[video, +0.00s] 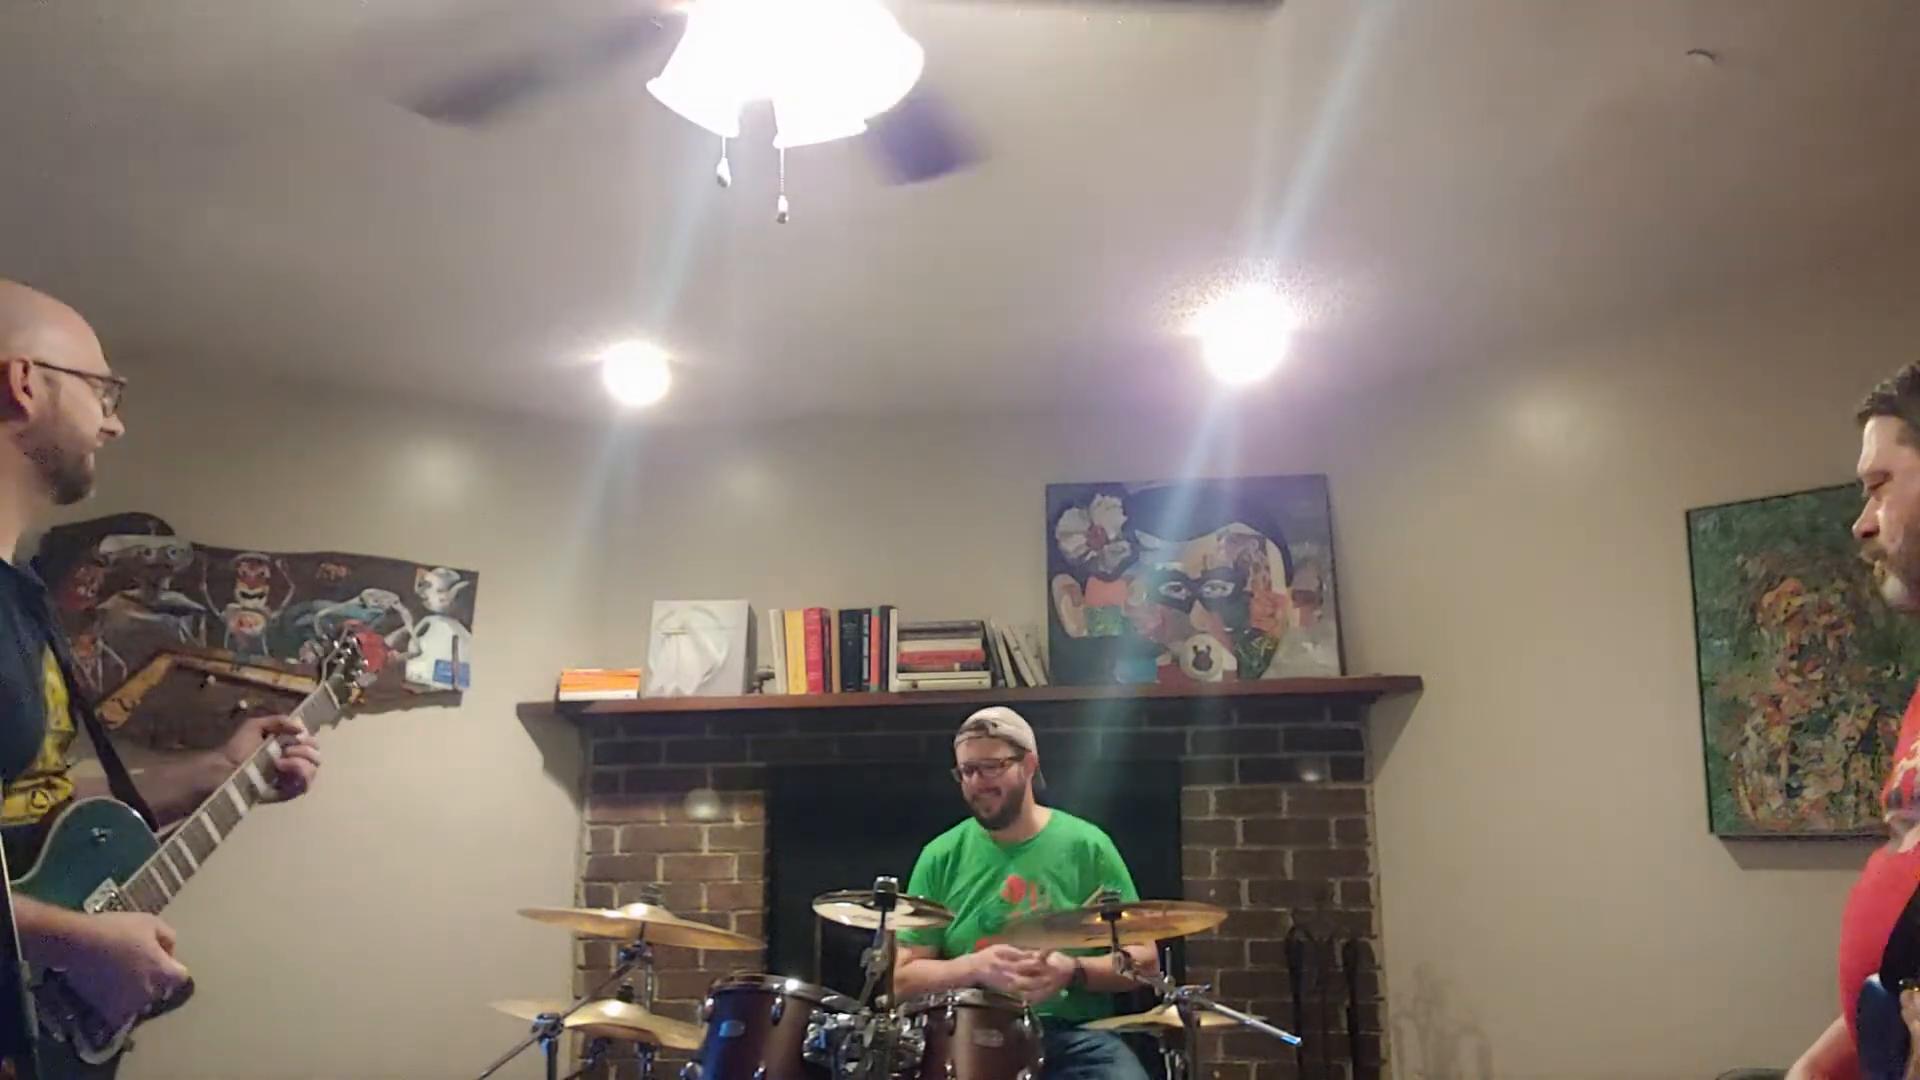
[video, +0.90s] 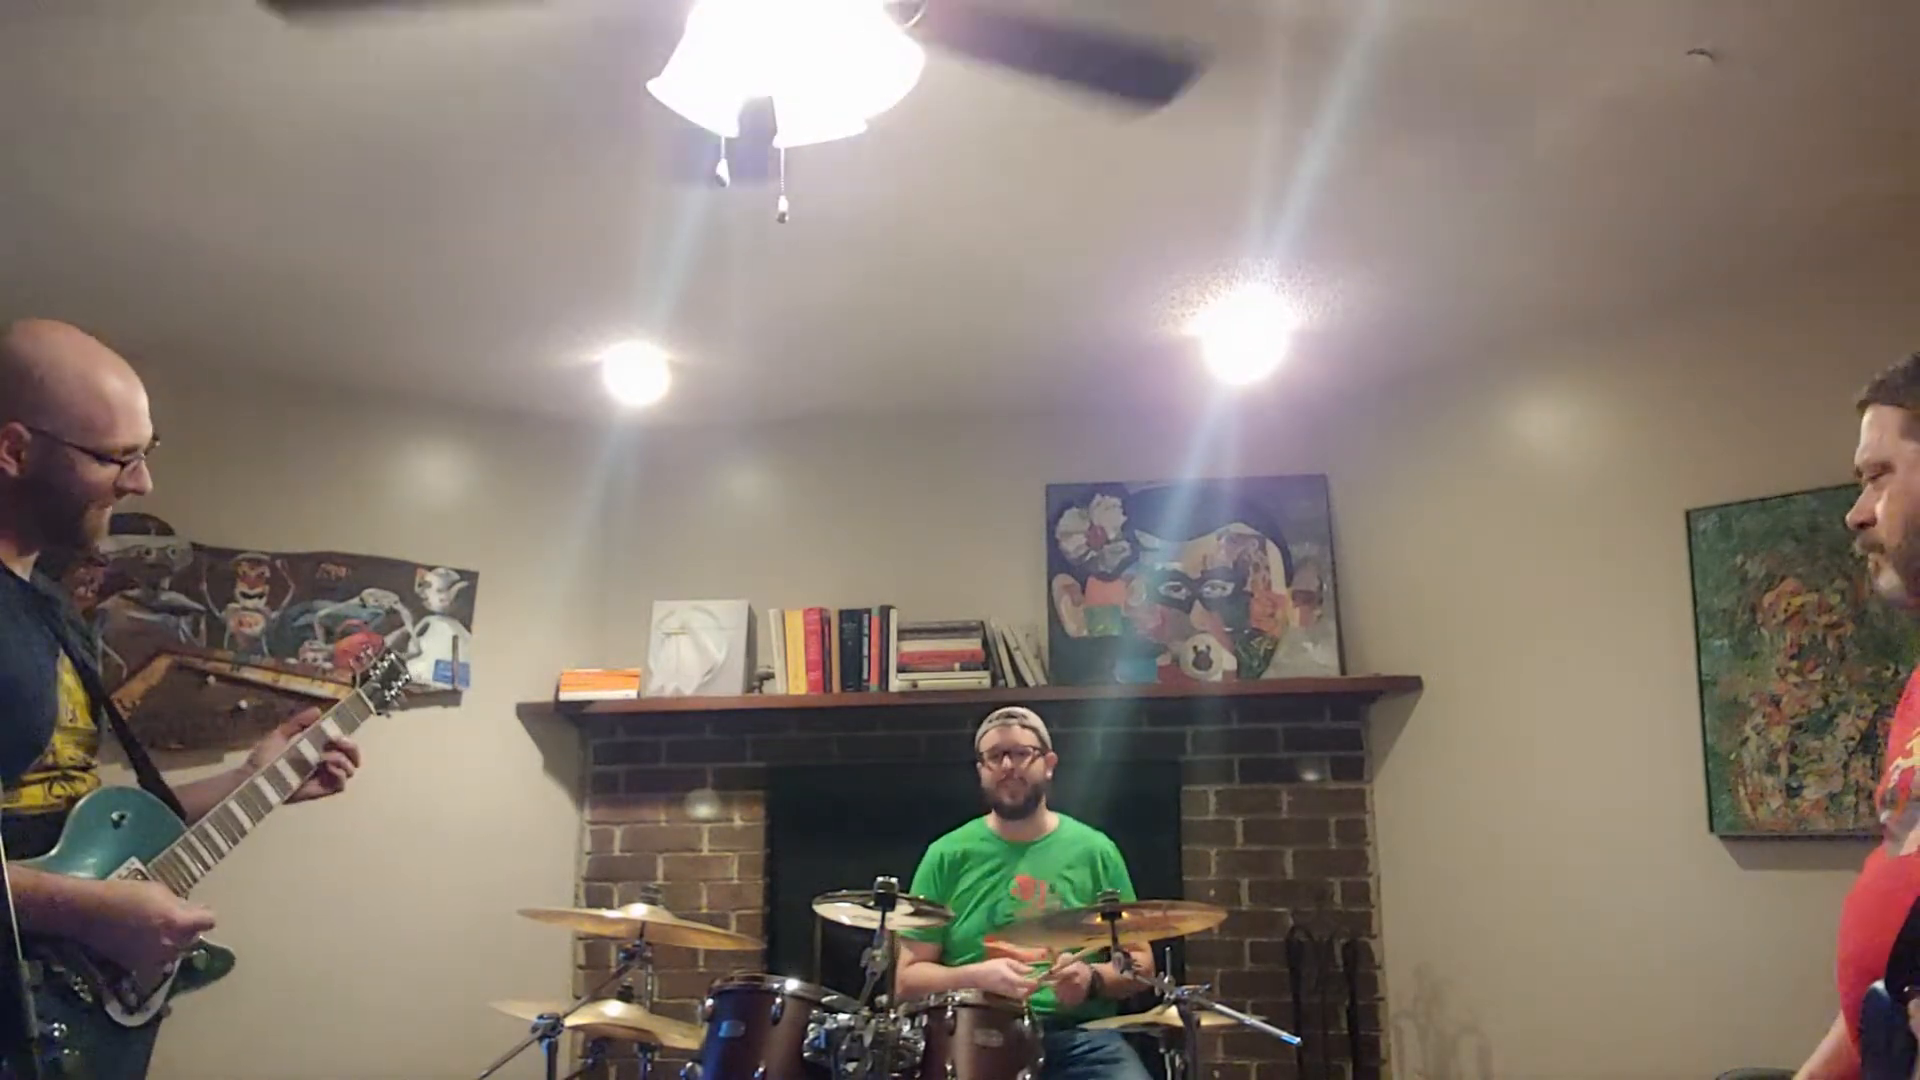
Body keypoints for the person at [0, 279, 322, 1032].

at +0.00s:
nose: (114, 425)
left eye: (112, 397)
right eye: (102, 391)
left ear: (27, 386)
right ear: (24, 384)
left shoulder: (23, 597)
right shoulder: (8, 599)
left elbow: (37, 814)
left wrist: (219, 770)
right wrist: (67, 941)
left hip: (52, 1040)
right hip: (16, 1046)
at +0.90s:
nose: (142, 483)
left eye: (144, 454)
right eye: (117, 458)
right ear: (14, 450)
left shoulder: (49, 616)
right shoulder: (17, 621)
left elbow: (77, 826)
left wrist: (252, 780)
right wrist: (78, 909)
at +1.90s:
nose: (133, 528)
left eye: (153, 501)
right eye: (109, 493)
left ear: (172, 475)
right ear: (19, 443)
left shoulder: (53, 610)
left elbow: (35, 828)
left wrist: (240, 826)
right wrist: (12, 952)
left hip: (24, 1036)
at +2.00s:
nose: (147, 533)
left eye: (169, 504)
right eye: (123, 497)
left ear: (187, 476)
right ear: (26, 442)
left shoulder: (46, 609)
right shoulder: (20, 614)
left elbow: (27, 820)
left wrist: (227, 833)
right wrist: (14, 974)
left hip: (35, 1038)